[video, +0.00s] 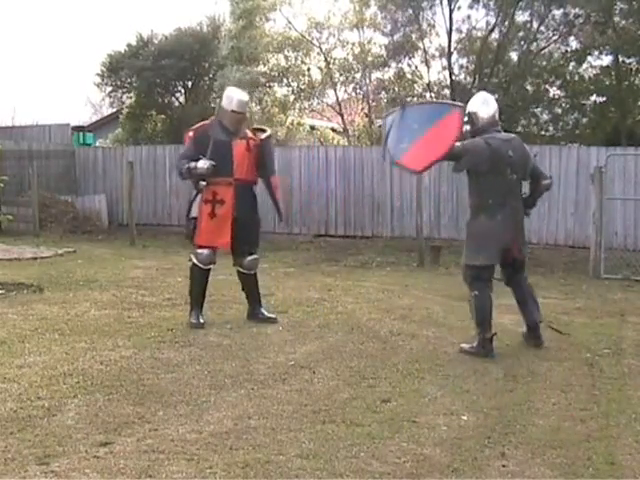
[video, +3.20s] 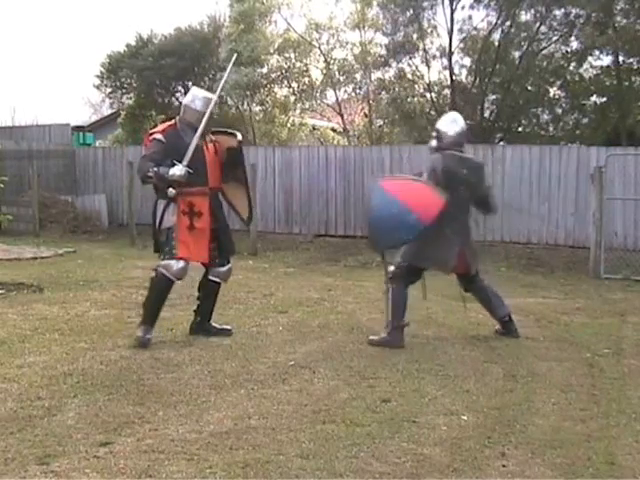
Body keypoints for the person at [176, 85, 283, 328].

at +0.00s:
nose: (239, 118)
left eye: (243, 113)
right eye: (235, 113)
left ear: (247, 113)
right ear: (223, 110)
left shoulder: (252, 138)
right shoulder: (204, 133)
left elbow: (265, 173)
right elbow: (182, 165)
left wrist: (264, 144)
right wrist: (194, 168)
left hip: (244, 200)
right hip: (212, 200)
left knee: (248, 259)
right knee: (204, 255)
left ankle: (255, 308)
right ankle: (196, 310)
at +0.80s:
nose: (205, 118)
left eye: (209, 112)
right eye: (201, 112)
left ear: (213, 112)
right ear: (188, 111)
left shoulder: (218, 137)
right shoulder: (172, 136)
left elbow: (237, 173)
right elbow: (151, 168)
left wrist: (237, 147)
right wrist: (163, 173)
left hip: (218, 199)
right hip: (188, 201)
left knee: (222, 256)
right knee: (189, 257)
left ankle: (217, 315)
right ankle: (194, 311)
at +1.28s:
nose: (218, 121)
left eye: (221, 116)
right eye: (215, 114)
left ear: (223, 116)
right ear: (201, 109)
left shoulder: (222, 142)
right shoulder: (172, 130)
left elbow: (239, 175)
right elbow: (148, 159)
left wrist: (247, 151)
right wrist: (159, 164)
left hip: (211, 204)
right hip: (178, 202)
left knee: (212, 264)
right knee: (169, 258)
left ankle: (210, 320)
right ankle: (174, 306)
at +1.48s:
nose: (215, 119)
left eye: (217, 115)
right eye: (211, 113)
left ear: (217, 115)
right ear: (196, 108)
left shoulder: (216, 141)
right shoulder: (168, 130)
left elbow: (230, 174)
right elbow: (141, 159)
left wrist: (240, 155)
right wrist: (155, 162)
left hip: (205, 206)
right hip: (173, 204)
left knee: (209, 266)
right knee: (158, 259)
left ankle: (210, 321)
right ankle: (138, 320)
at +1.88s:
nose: (179, 119)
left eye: (182, 115)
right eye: (175, 113)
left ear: (183, 116)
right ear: (161, 110)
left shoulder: (183, 141)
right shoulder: (139, 136)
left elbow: (195, 174)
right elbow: (120, 167)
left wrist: (218, 157)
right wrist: (142, 171)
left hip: (181, 209)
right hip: (149, 208)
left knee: (197, 268)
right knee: (139, 266)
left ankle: (209, 321)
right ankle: (126, 325)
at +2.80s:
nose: (205, 118)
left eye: (208, 113)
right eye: (200, 111)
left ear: (210, 113)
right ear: (185, 108)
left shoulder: (209, 138)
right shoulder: (163, 135)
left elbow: (220, 169)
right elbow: (146, 167)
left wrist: (240, 153)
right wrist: (169, 174)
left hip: (209, 208)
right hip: (177, 208)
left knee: (211, 265)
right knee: (175, 261)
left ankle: (201, 322)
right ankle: (155, 321)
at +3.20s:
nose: (201, 121)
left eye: (205, 117)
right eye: (197, 115)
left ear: (209, 117)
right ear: (185, 110)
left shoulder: (208, 140)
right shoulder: (165, 136)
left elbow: (220, 172)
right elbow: (144, 168)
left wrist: (232, 151)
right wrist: (166, 173)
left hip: (209, 207)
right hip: (176, 207)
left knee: (220, 265)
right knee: (174, 264)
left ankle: (202, 322)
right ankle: (146, 325)